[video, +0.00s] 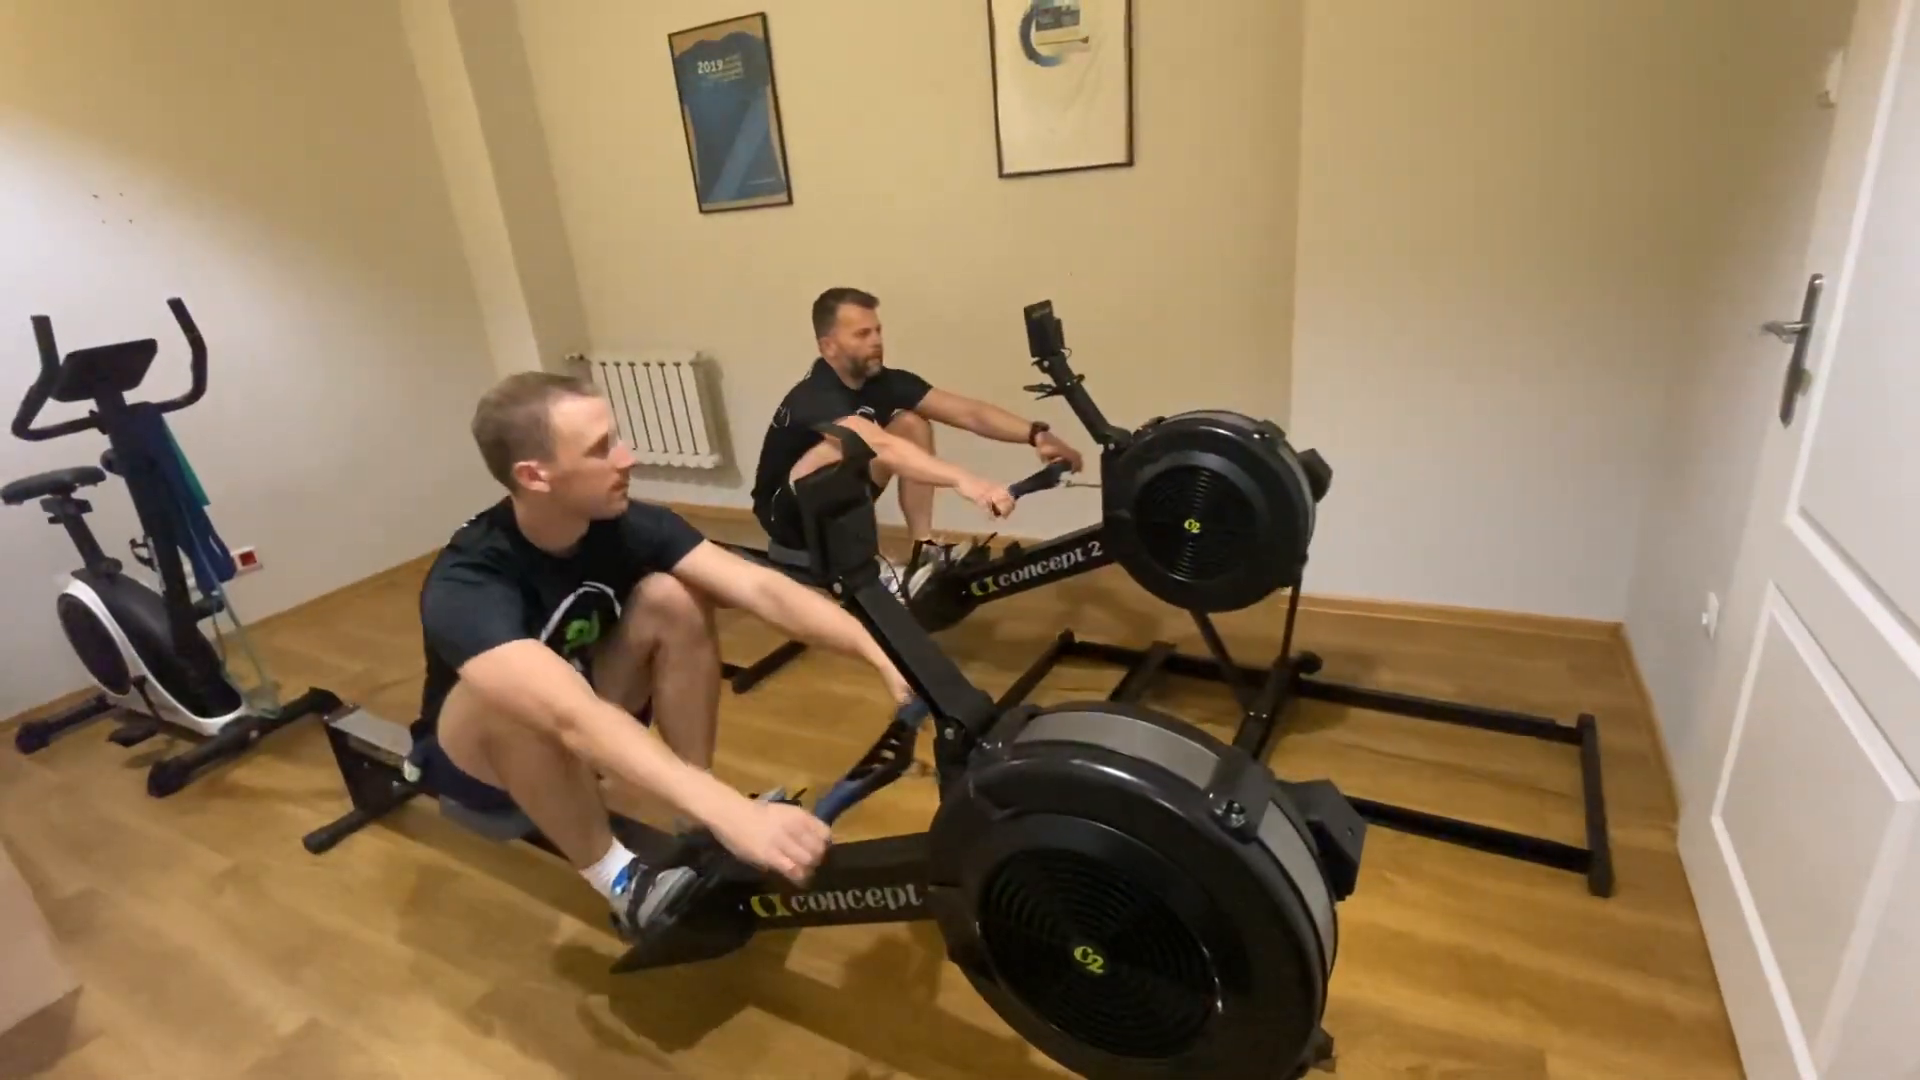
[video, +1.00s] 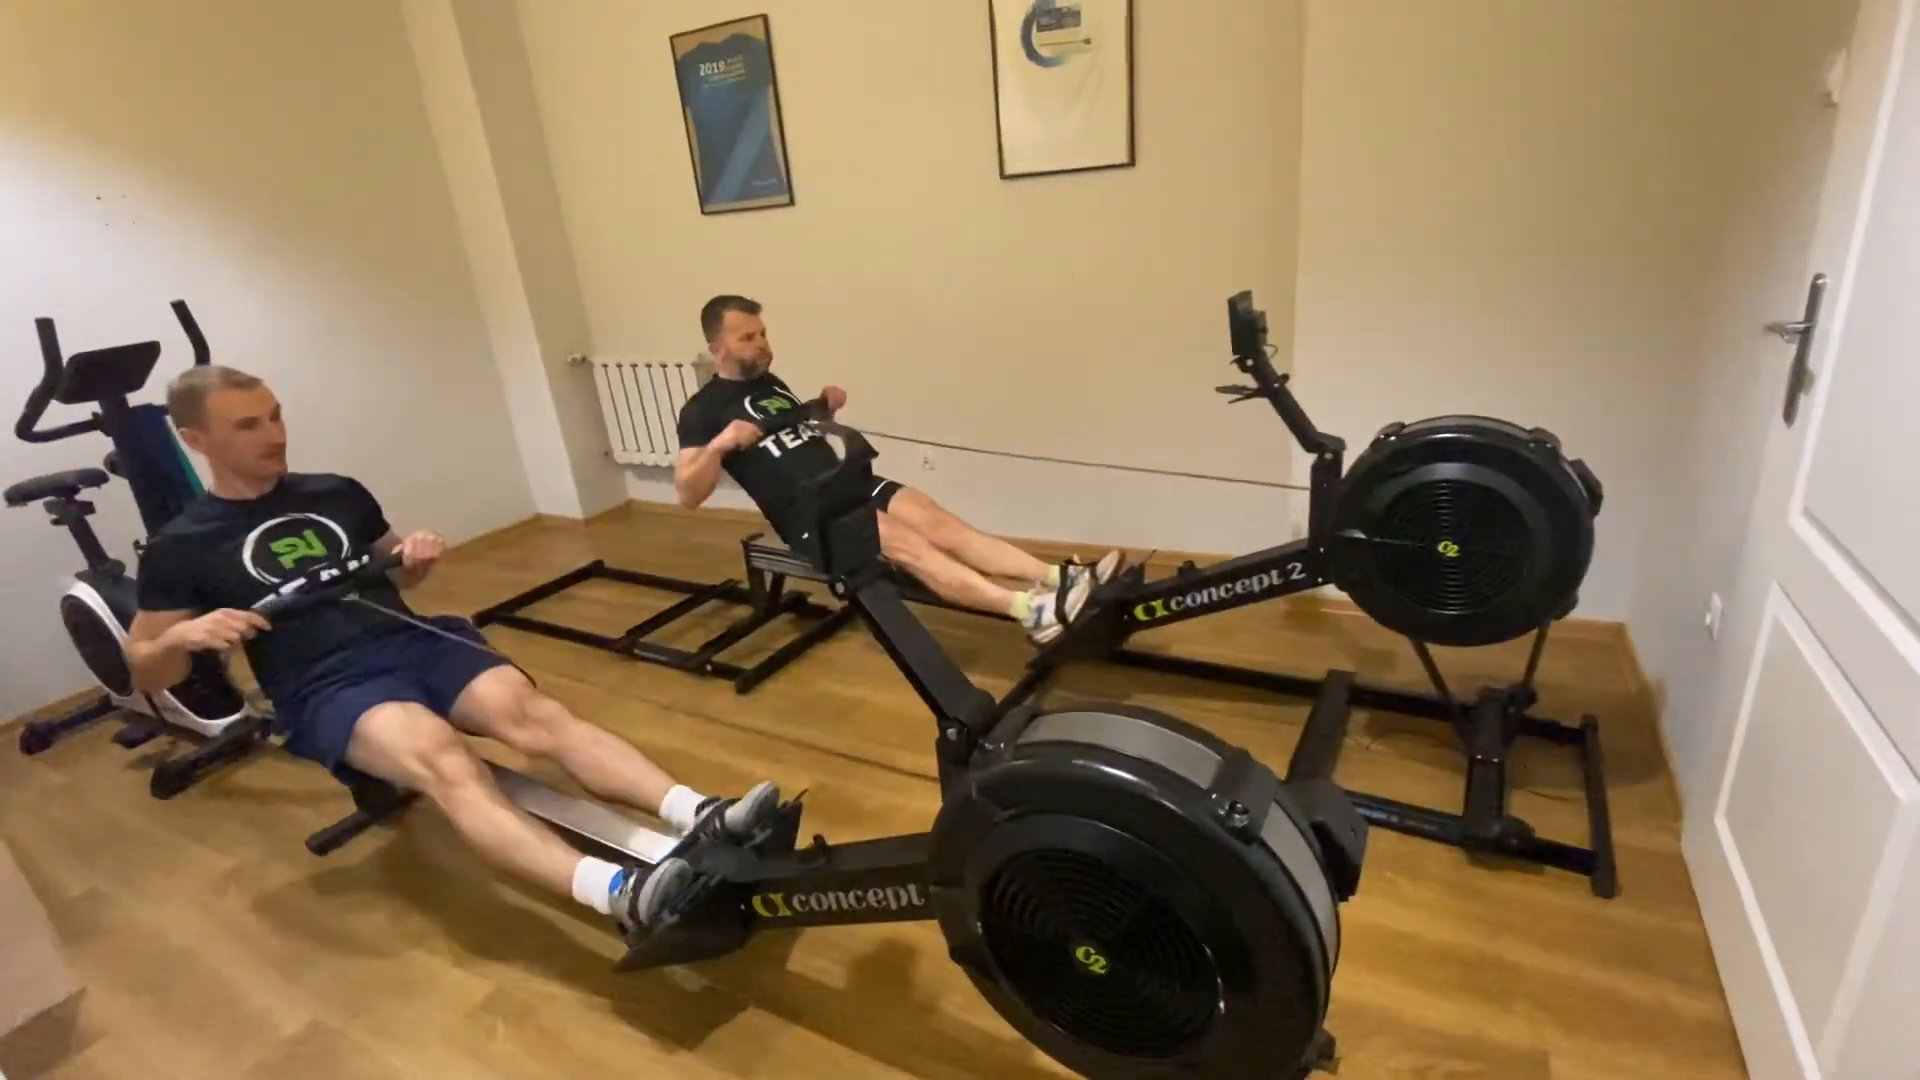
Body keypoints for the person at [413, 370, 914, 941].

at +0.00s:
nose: (627, 458)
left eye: (618, 439)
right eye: (602, 449)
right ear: (535, 475)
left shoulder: (629, 527)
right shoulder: (466, 590)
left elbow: (761, 590)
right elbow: (579, 717)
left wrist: (882, 651)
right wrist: (736, 814)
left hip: (585, 738)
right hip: (485, 786)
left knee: (670, 600)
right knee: (517, 689)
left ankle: (700, 816)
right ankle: (621, 883)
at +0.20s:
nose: (540, 429)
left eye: (532, 410)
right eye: (512, 419)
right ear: (446, 444)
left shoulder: (554, 501)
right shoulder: (395, 559)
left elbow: (676, 555)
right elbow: (489, 661)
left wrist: (793, 608)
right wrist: (634, 748)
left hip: (538, 701)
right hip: (437, 747)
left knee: (636, 601)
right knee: (496, 678)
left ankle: (705, 812)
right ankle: (621, 886)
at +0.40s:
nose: (403, 397)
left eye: (401, 378)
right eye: (376, 387)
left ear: (406, 379)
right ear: (318, 411)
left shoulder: (440, 471)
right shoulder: (287, 525)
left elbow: (553, 525)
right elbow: (369, 609)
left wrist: (656, 572)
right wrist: (478, 675)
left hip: (472, 645)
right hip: (373, 692)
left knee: (579, 622)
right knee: (465, 695)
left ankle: (704, 818)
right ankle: (622, 891)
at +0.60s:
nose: (324, 397)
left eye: (322, 380)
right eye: (299, 387)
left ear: (325, 379)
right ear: (240, 408)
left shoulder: (374, 468)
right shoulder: (218, 519)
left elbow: (476, 529)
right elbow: (274, 621)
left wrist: (551, 553)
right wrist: (366, 653)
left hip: (424, 638)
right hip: (329, 676)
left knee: (547, 664)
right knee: (441, 721)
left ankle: (702, 819)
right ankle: (618, 894)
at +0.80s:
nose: (284, 420)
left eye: (284, 402)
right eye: (260, 410)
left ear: (292, 399)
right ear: (205, 426)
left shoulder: (342, 479)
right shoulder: (190, 532)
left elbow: (425, 539)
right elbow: (181, 661)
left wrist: (455, 547)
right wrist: (256, 647)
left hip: (408, 631)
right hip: (319, 675)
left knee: (534, 707)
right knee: (447, 758)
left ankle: (705, 817)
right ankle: (620, 896)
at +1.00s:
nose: (272, 436)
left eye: (273, 418)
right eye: (250, 428)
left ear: (281, 415)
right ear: (199, 443)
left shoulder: (335, 493)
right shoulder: (182, 547)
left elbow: (393, 568)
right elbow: (142, 668)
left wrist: (414, 554)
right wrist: (187, 632)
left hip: (410, 637)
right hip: (327, 680)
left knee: (530, 711)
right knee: (445, 763)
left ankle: (702, 817)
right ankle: (624, 895)